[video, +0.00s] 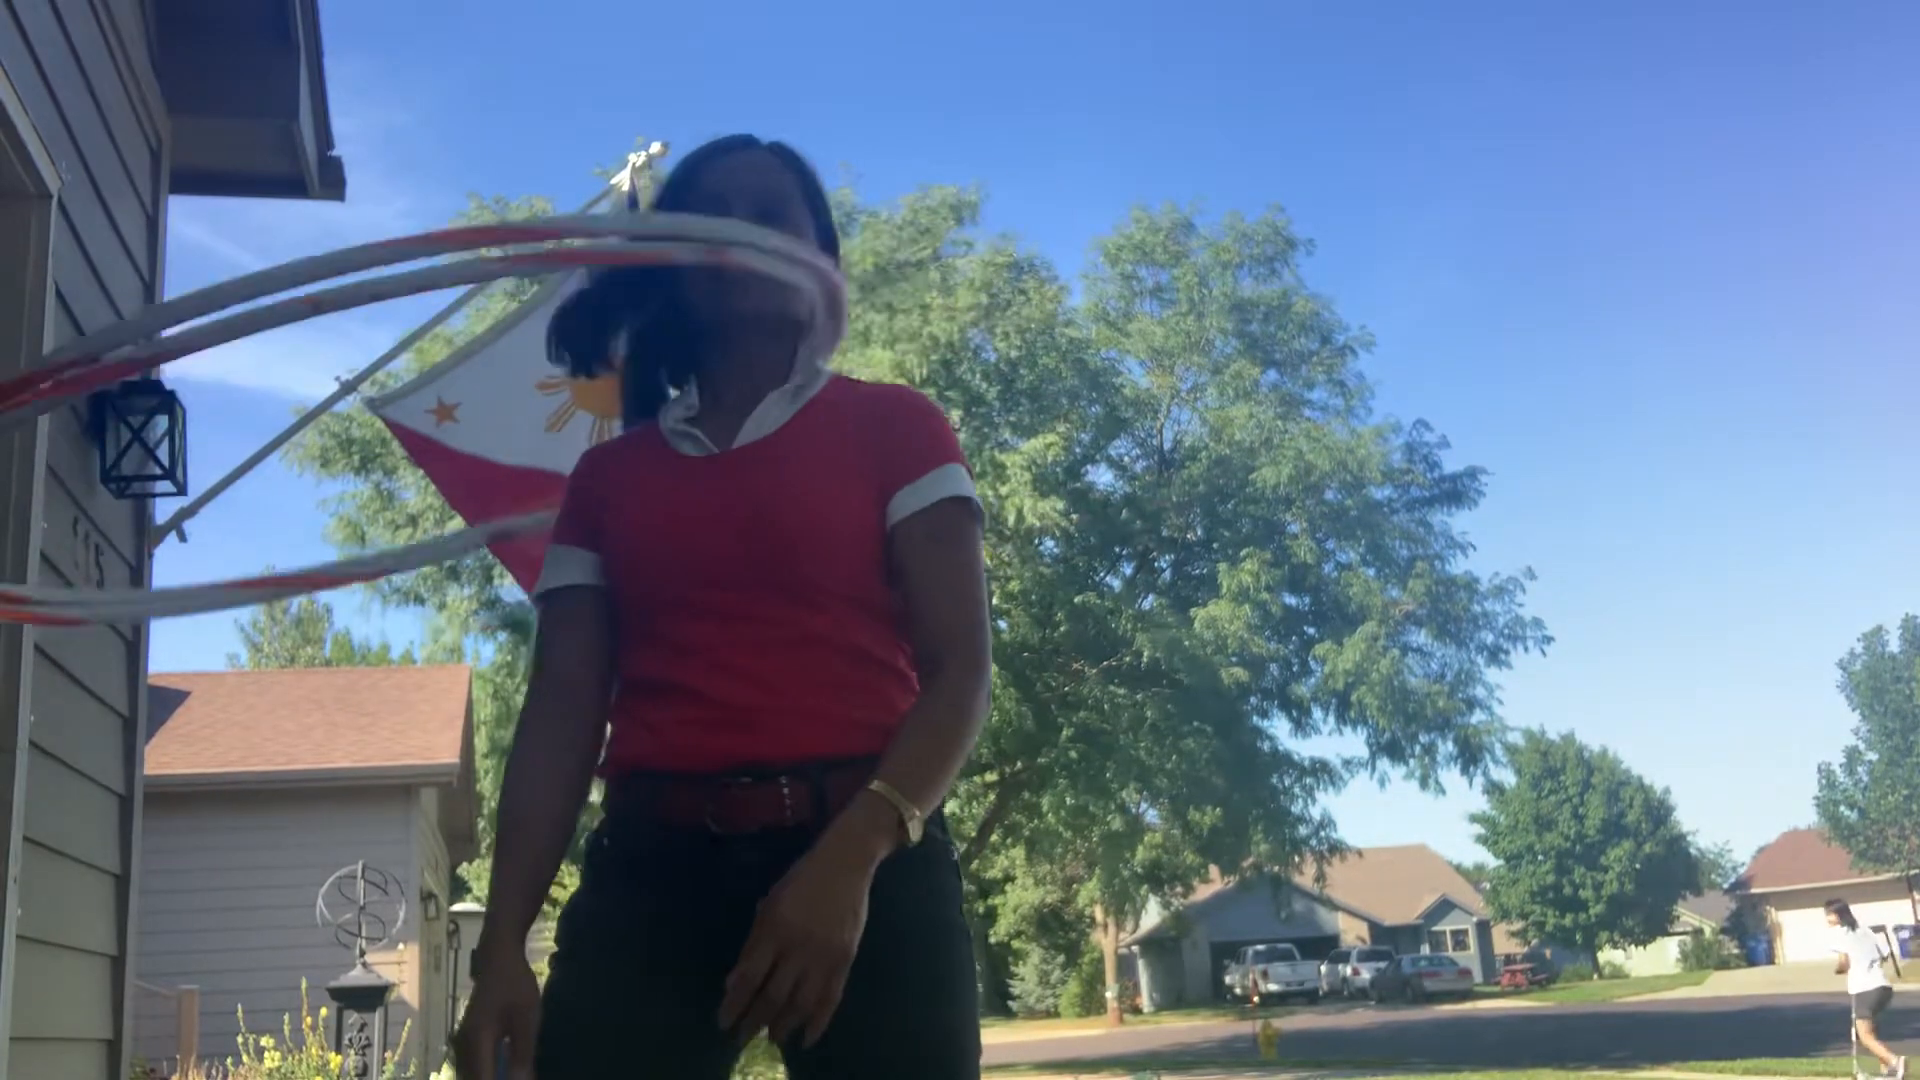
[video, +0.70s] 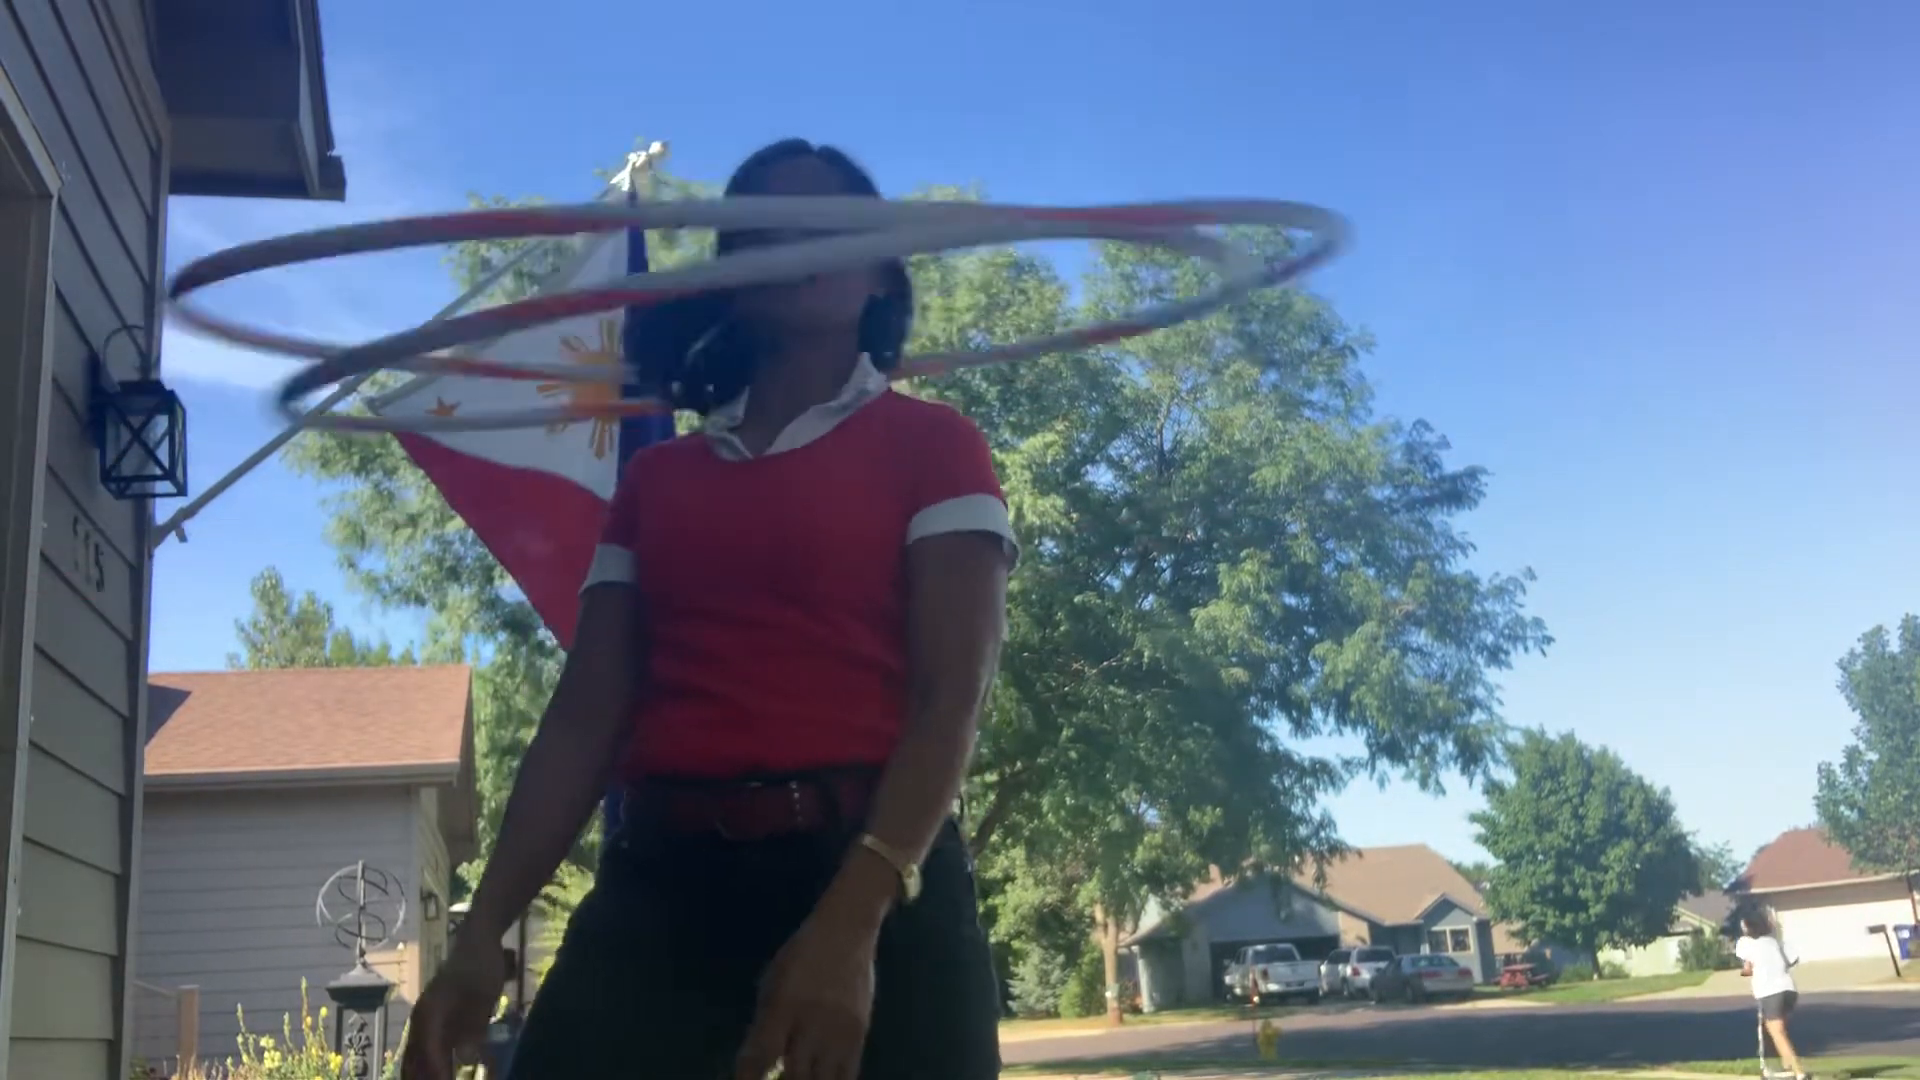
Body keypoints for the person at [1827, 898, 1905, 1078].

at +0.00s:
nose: (1827, 920)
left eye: (1829, 915)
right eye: (1827, 915)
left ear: (1838, 915)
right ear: (1846, 914)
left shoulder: (1840, 934)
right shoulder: (1865, 930)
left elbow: (1844, 964)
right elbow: (1883, 954)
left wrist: (1838, 970)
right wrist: (1866, 963)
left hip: (1865, 987)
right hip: (1884, 984)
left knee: (1863, 1034)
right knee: (1871, 1028)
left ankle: (1894, 1061)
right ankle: (1885, 1067)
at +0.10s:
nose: (1812, 919)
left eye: (1813, 915)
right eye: (1811, 915)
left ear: (1822, 915)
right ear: (1830, 913)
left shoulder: (1826, 934)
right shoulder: (1847, 930)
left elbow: (1831, 964)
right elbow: (1868, 952)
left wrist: (1823, 969)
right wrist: (1849, 962)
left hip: (1852, 987)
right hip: (1870, 983)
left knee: (1837, 1027)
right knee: (1854, 1026)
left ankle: (1867, 1065)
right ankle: (1867, 1068)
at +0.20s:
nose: (1796, 921)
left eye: (1798, 917)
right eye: (1796, 917)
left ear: (1806, 917)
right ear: (1816, 914)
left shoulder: (1812, 935)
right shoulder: (1833, 930)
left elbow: (1819, 964)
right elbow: (1854, 948)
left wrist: (1812, 970)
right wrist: (1840, 963)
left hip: (1838, 988)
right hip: (1857, 984)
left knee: (1819, 1023)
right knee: (1846, 1025)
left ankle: (1827, 1070)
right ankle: (1858, 1068)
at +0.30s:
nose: (1788, 926)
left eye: (1788, 922)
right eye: (1787, 922)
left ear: (1793, 922)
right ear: (1806, 918)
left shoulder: (1799, 939)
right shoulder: (1820, 933)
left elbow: (1807, 965)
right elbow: (1840, 950)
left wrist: (1799, 970)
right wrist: (1830, 966)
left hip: (1823, 991)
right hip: (1842, 987)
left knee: (1808, 1029)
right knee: (1832, 1027)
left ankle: (1806, 1073)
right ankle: (1845, 1069)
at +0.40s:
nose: (1771, 926)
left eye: (1771, 923)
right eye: (1771, 922)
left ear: (1776, 925)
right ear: (1793, 920)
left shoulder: (1779, 940)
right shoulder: (1806, 934)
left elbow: (1784, 967)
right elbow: (1828, 953)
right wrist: (1814, 966)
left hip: (1808, 993)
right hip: (1828, 988)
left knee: (1795, 1031)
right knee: (1816, 1029)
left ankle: (1801, 1073)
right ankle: (1828, 1069)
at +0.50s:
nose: (1760, 924)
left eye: (1761, 920)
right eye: (1760, 920)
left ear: (1766, 922)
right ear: (1781, 918)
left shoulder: (1767, 939)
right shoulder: (1795, 932)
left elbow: (1774, 966)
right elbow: (1814, 953)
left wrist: (1767, 971)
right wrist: (1799, 963)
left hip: (1793, 991)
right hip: (1814, 987)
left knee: (1788, 1032)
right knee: (1802, 1029)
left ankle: (1800, 1073)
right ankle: (1812, 1065)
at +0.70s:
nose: (1742, 928)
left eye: (1743, 925)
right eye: (1742, 925)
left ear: (1747, 926)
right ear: (1765, 924)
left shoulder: (1746, 943)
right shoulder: (1774, 941)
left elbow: (1747, 969)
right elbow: (1791, 959)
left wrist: (1743, 972)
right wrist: (1775, 968)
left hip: (1770, 992)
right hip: (1789, 989)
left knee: (1777, 1032)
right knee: (1776, 1028)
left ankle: (1798, 1071)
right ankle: (1788, 1065)